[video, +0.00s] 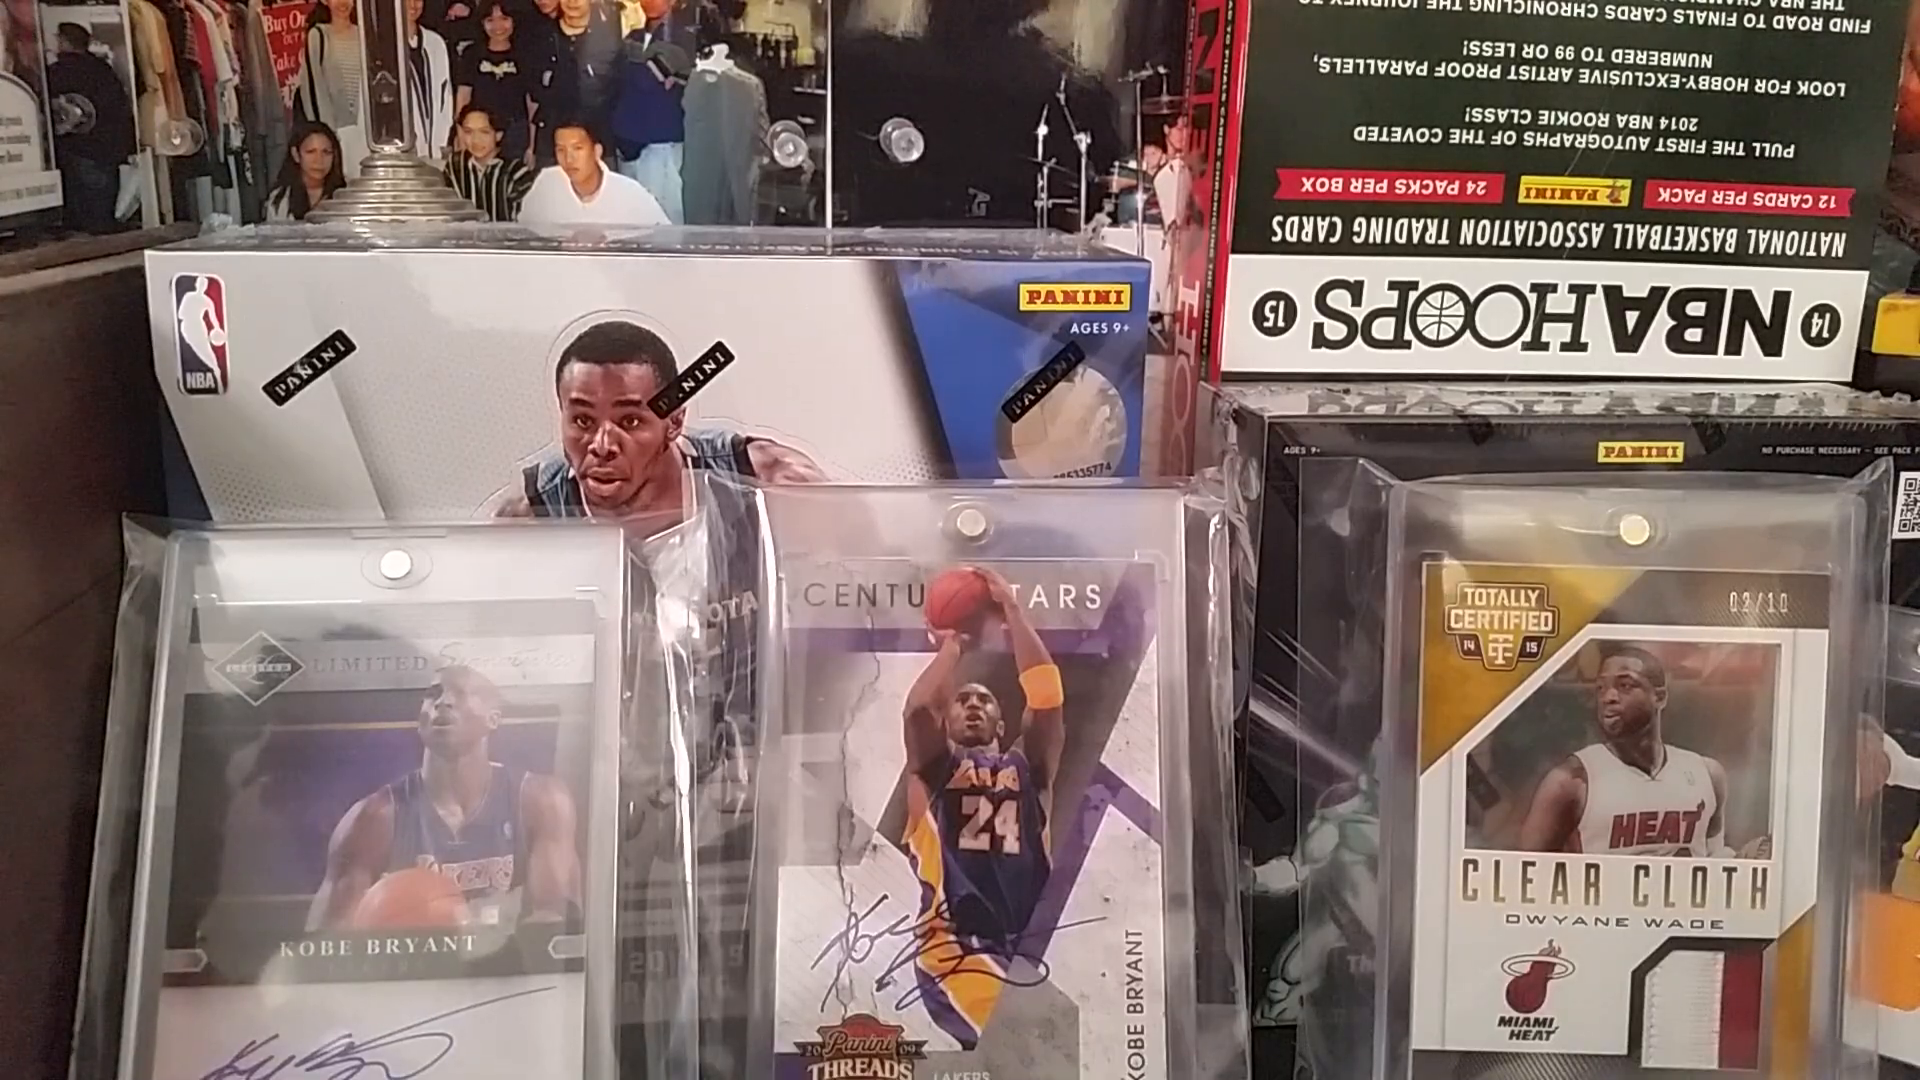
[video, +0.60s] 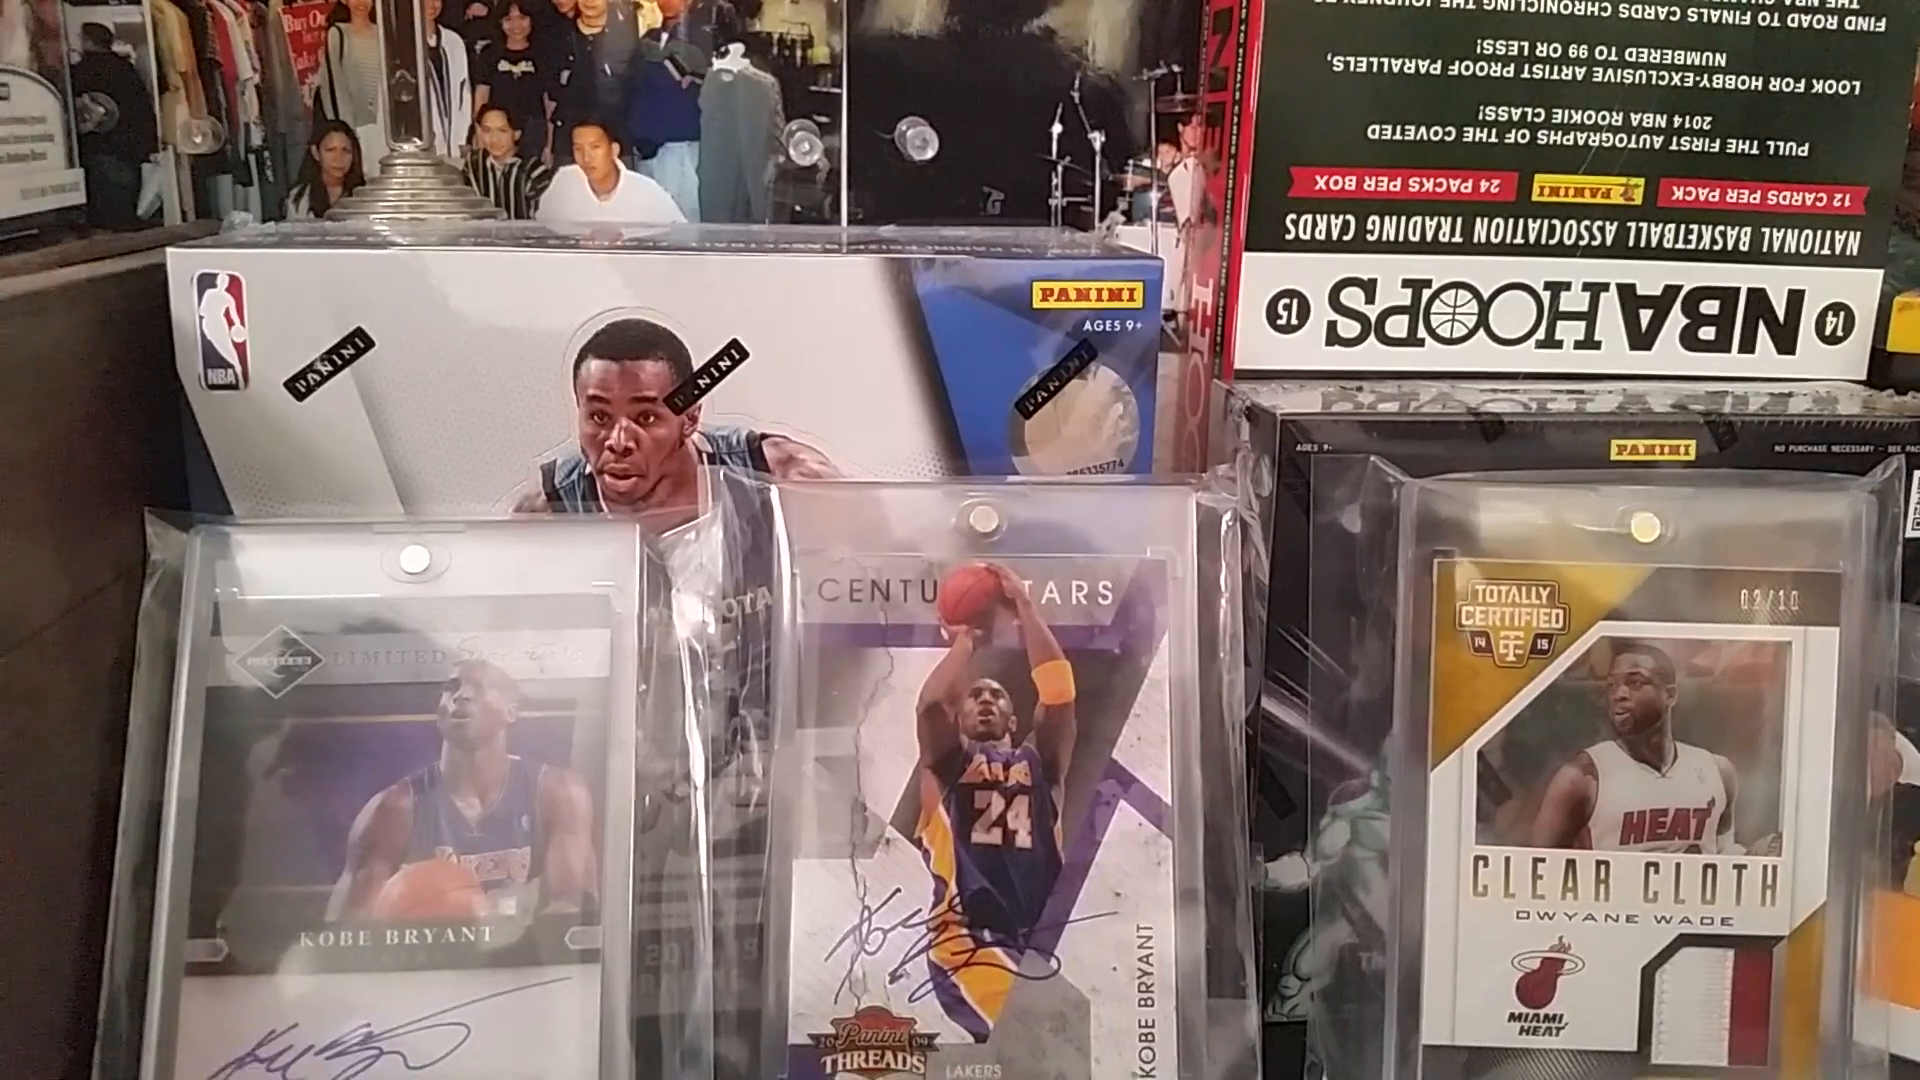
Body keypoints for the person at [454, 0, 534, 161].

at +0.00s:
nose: (498, 26)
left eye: (504, 18)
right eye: (490, 20)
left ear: (513, 22)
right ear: (483, 25)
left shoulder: (524, 55)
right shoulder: (472, 53)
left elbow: (532, 102)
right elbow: (463, 96)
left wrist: (531, 146)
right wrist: (460, 135)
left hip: (515, 130)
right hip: (480, 132)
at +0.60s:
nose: (516, 24)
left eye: (522, 17)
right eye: (508, 19)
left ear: (531, 21)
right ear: (501, 24)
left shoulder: (541, 54)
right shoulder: (491, 53)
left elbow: (549, 101)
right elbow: (482, 94)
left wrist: (549, 145)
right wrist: (479, 133)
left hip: (533, 128)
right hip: (499, 129)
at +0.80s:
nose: (535, 24)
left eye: (540, 17)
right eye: (529, 18)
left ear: (548, 23)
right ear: (522, 23)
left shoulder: (558, 54)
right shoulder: (508, 53)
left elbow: (566, 101)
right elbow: (499, 94)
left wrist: (566, 144)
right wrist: (496, 132)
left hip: (550, 129)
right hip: (515, 130)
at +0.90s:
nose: (542, 25)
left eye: (542, 20)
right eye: (536, 20)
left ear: (545, 25)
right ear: (521, 26)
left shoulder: (557, 56)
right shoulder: (507, 55)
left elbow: (565, 103)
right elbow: (498, 96)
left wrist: (564, 145)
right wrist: (495, 134)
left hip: (548, 131)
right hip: (514, 132)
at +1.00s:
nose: (500, 31)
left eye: (507, 25)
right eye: (497, 25)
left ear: (520, 29)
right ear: (491, 30)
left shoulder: (531, 63)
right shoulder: (480, 61)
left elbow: (538, 108)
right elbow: (472, 100)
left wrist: (538, 148)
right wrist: (465, 140)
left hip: (520, 135)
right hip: (485, 137)